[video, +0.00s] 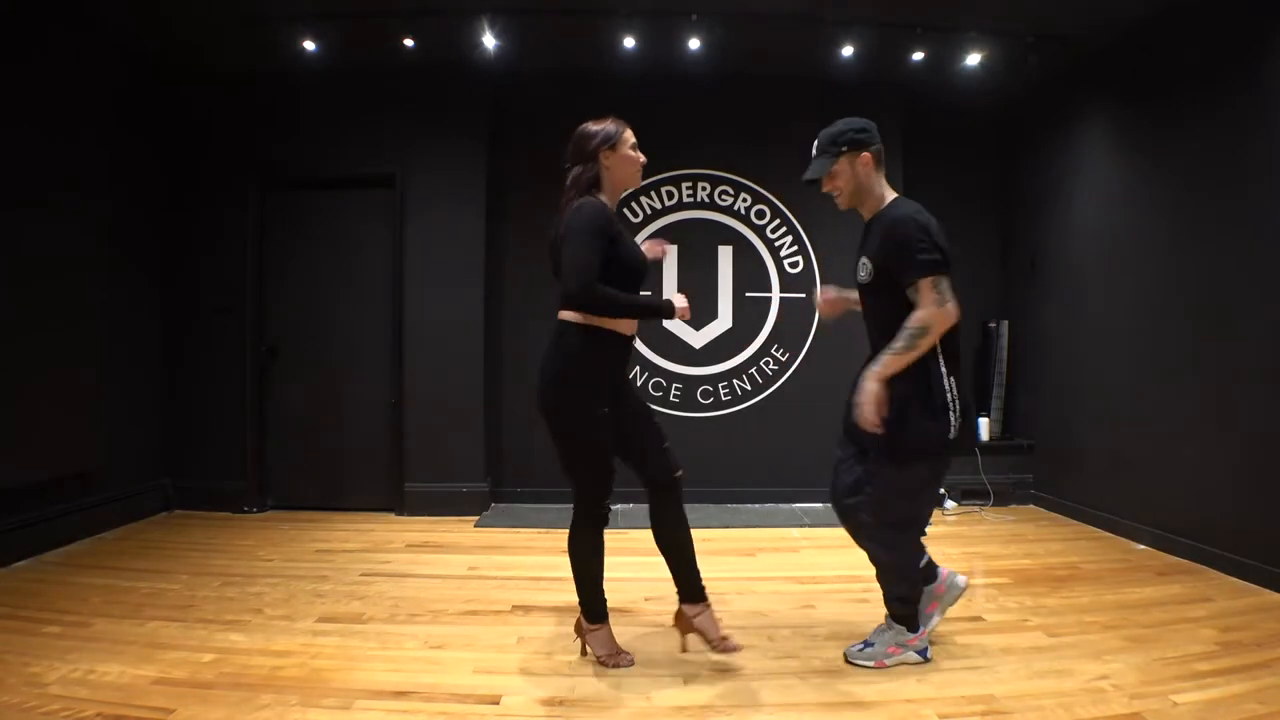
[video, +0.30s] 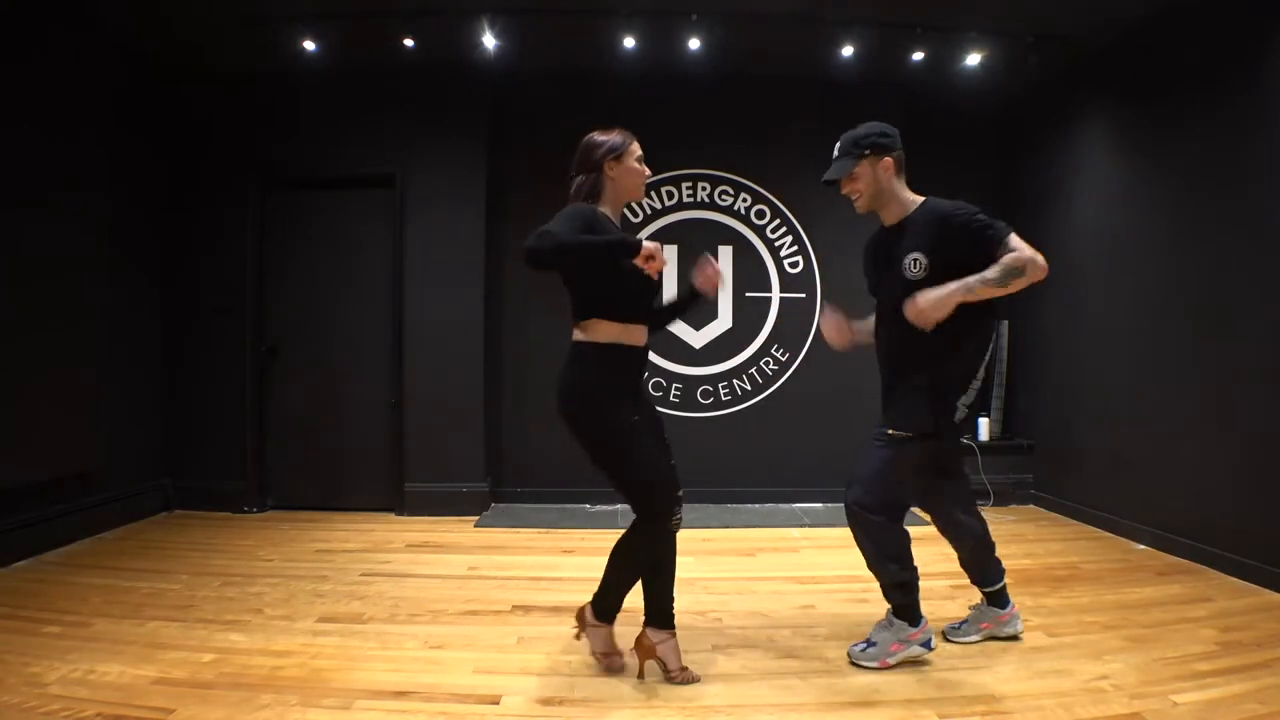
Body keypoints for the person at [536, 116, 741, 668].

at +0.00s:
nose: (642, 158)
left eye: (639, 149)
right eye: (632, 149)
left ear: (607, 162)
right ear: (603, 160)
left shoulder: (605, 215)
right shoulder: (587, 215)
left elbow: (604, 275)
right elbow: (579, 289)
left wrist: (638, 252)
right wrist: (664, 307)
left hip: (609, 372)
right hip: (577, 374)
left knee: (665, 479)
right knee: (592, 498)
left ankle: (694, 605)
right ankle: (593, 621)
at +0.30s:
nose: (647, 170)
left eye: (645, 161)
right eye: (638, 160)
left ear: (618, 169)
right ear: (609, 167)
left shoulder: (628, 238)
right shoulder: (582, 216)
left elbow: (646, 322)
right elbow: (538, 249)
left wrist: (693, 295)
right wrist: (627, 248)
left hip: (629, 381)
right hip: (593, 380)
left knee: (665, 506)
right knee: (656, 505)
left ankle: (659, 630)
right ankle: (597, 616)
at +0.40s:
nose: (641, 174)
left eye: (639, 165)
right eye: (631, 165)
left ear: (615, 174)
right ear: (601, 172)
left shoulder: (624, 239)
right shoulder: (573, 220)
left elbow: (637, 328)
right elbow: (556, 262)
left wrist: (698, 352)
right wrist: (629, 241)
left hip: (628, 384)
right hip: (589, 385)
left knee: (664, 508)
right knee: (657, 508)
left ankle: (659, 632)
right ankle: (579, 618)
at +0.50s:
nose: (624, 169)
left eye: (622, 160)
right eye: (614, 160)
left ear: (593, 167)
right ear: (583, 166)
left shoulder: (598, 229)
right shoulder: (558, 224)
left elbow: (593, 322)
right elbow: (590, 298)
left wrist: (619, 382)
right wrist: (641, 254)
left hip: (603, 381)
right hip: (569, 382)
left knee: (644, 503)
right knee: (611, 518)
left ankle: (655, 632)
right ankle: (541, 642)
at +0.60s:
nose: (610, 159)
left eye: (607, 149)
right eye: (600, 150)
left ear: (577, 160)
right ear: (569, 159)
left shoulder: (565, 219)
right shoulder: (558, 219)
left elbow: (556, 305)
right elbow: (597, 305)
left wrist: (595, 325)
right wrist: (670, 283)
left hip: (568, 374)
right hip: (551, 375)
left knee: (619, 501)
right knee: (576, 512)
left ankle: (642, 630)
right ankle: (534, 646)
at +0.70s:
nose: (595, 154)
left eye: (591, 145)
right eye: (585, 146)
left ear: (556, 158)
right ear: (554, 157)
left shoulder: (538, 218)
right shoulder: (555, 220)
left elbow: (502, 291)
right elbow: (591, 305)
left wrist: (561, 312)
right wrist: (679, 322)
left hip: (537, 378)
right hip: (534, 381)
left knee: (604, 488)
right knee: (548, 505)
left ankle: (568, 622)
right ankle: (532, 645)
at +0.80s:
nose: (568, 159)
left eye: (564, 149)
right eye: (557, 150)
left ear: (527, 165)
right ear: (527, 162)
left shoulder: (510, 222)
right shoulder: (531, 224)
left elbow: (517, 299)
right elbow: (554, 298)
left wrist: (562, 265)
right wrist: (636, 319)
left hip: (507, 368)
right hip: (519, 370)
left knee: (539, 500)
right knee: (531, 508)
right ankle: (532, 649)